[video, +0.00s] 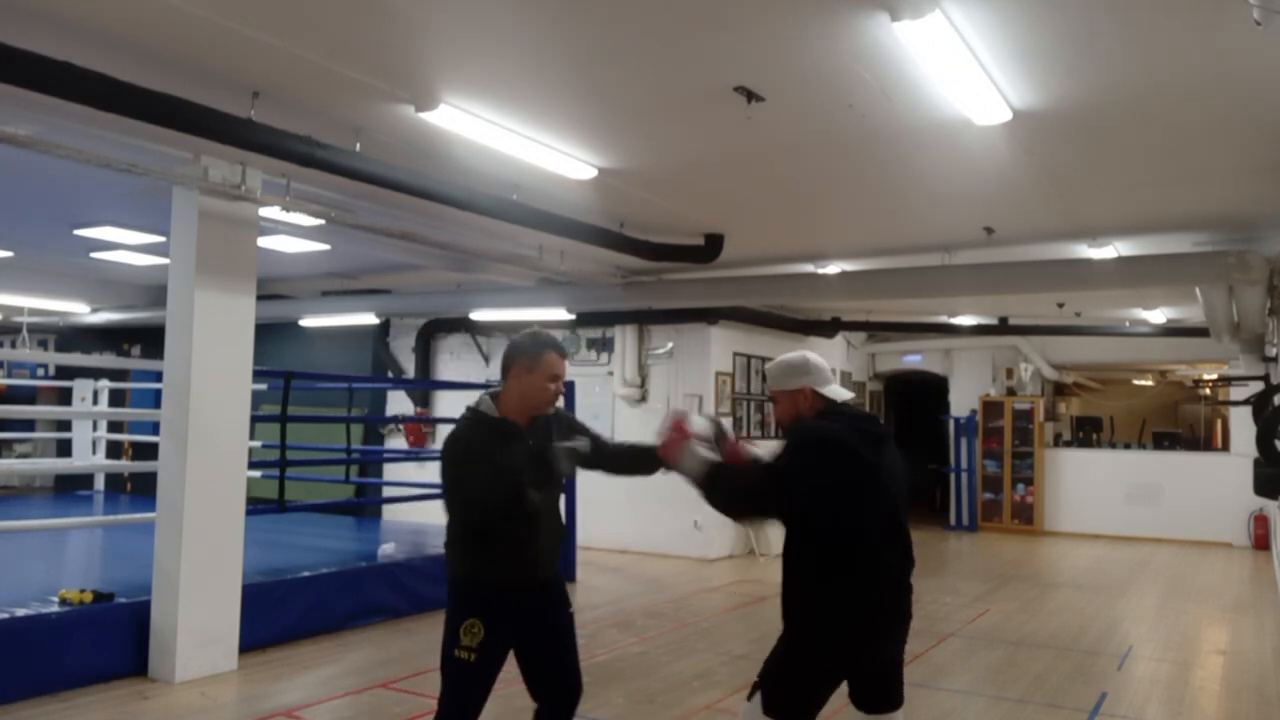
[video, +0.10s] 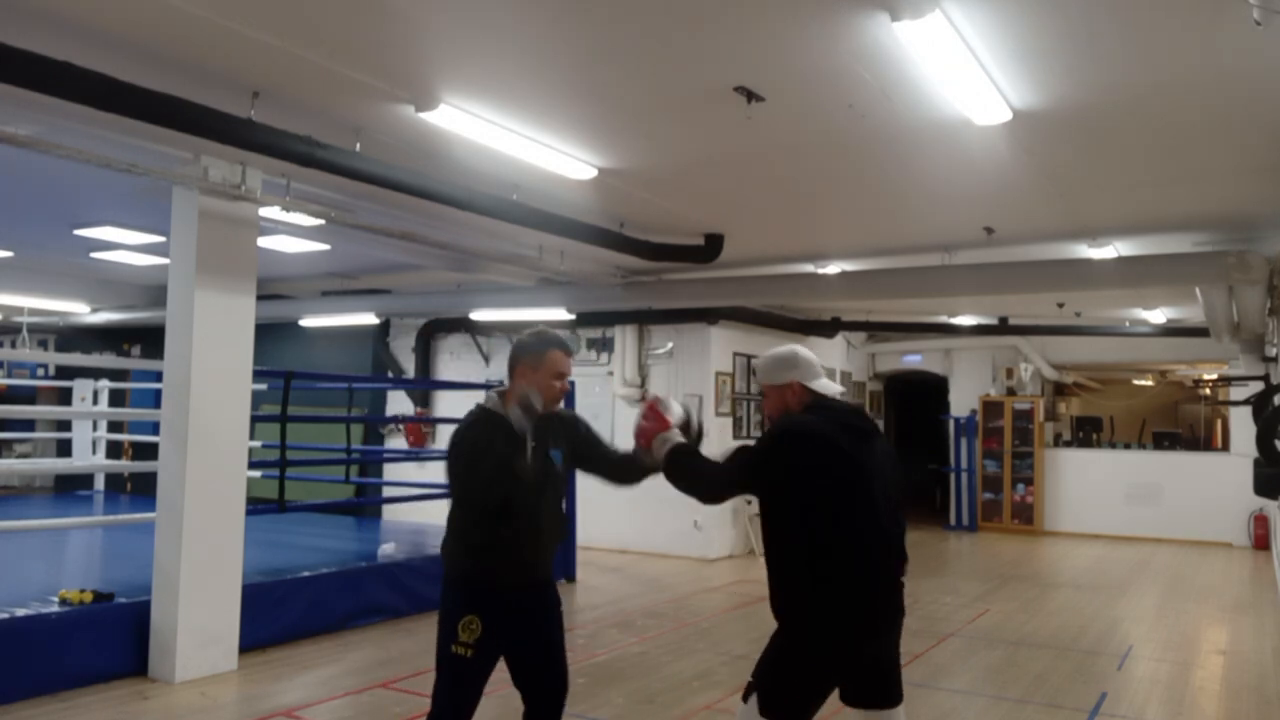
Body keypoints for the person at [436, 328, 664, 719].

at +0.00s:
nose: (560, 390)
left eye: (561, 381)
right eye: (553, 380)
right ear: (517, 374)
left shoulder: (555, 426)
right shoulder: (468, 440)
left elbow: (605, 454)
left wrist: (663, 455)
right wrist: (544, 469)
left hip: (540, 590)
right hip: (481, 594)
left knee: (561, 696)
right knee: (459, 708)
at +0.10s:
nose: (565, 388)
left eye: (567, 379)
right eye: (557, 377)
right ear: (522, 373)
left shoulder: (562, 427)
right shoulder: (477, 430)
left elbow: (620, 469)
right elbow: (477, 507)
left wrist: (656, 449)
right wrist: (518, 422)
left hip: (533, 588)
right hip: (475, 590)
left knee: (548, 696)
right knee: (453, 705)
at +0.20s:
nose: (572, 386)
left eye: (574, 376)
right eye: (564, 375)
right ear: (530, 373)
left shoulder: (561, 425)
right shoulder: (493, 422)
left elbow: (580, 483)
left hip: (525, 579)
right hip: (468, 578)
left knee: (539, 696)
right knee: (441, 702)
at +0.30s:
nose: (569, 393)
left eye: (572, 385)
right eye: (562, 382)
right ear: (528, 376)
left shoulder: (542, 433)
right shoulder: (493, 425)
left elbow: (549, 497)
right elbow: (548, 470)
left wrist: (583, 517)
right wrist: (609, 425)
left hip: (515, 583)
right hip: (463, 582)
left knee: (534, 694)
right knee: (422, 700)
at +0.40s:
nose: (555, 392)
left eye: (557, 384)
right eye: (547, 381)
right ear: (514, 377)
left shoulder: (525, 434)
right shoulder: (479, 429)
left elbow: (533, 496)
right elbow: (511, 496)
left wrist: (582, 477)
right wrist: (571, 469)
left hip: (504, 591)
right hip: (452, 592)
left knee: (529, 697)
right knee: (413, 703)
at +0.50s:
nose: (527, 391)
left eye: (529, 383)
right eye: (520, 381)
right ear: (486, 377)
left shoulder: (503, 432)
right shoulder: (448, 435)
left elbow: (534, 485)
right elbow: (453, 535)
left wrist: (554, 438)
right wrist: (538, 532)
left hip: (492, 592)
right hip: (436, 595)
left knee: (526, 700)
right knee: (396, 708)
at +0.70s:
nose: (495, 389)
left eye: (497, 380)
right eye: (485, 379)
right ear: (448, 378)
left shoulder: (487, 431)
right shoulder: (414, 443)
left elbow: (519, 472)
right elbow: (412, 536)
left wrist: (546, 450)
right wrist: (499, 535)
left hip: (485, 594)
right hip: (425, 598)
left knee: (523, 700)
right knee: (392, 709)